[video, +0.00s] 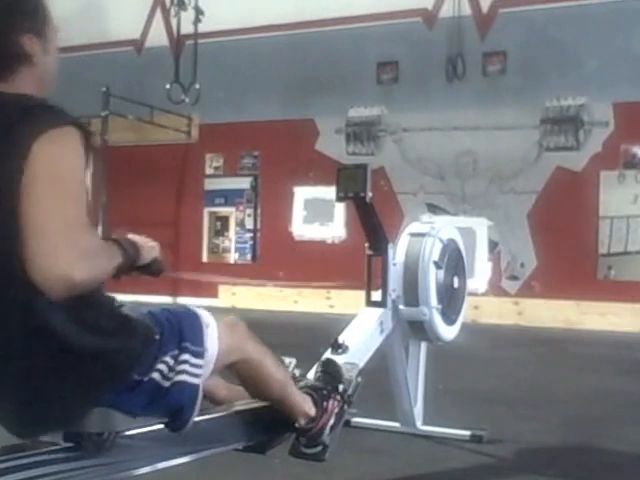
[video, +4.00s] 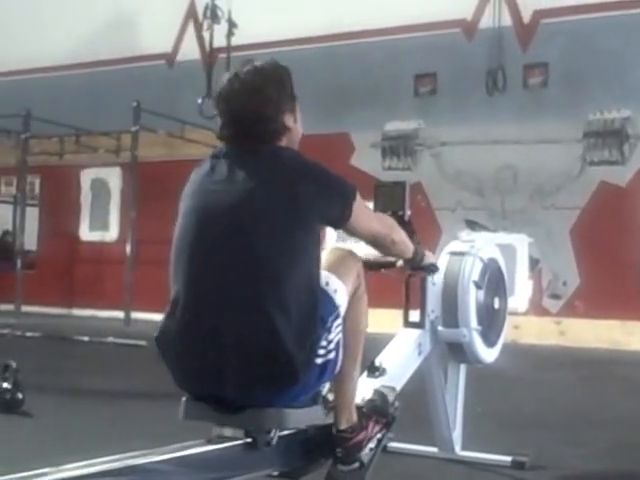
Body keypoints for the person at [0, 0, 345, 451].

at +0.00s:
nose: (56, 58)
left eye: (54, 45)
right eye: (52, 45)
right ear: (29, 45)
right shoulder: (45, 129)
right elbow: (61, 267)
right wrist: (128, 249)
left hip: (8, 356)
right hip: (54, 358)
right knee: (234, 335)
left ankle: (251, 407)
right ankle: (307, 412)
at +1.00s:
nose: (228, 84)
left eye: (224, 73)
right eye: (223, 73)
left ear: (153, 87)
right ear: (210, 85)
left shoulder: (131, 149)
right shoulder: (230, 146)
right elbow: (320, 202)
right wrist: (354, 224)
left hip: (126, 361)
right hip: (205, 365)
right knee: (293, 256)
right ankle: (311, 410)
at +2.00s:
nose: (215, 92)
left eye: (211, 79)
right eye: (210, 80)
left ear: (140, 91)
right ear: (194, 89)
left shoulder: (108, 158)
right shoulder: (227, 160)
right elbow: (319, 255)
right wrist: (332, 241)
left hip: (114, 371)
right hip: (192, 374)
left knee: (223, 269)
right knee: (300, 263)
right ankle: (319, 422)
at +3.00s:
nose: (40, 81)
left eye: (38, 65)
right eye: (38, 65)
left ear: (7, 66)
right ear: (11, 67)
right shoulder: (42, 157)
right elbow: (157, 287)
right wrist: (196, 264)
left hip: (10, 396)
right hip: (73, 387)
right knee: (242, 363)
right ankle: (324, 432)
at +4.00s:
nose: (300, 121)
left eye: (297, 111)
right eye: (297, 112)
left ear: (230, 123)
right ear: (286, 122)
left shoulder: (203, 175)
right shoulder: (300, 176)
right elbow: (383, 231)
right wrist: (411, 255)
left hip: (197, 377)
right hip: (275, 381)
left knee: (306, 235)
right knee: (349, 260)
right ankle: (347, 423)